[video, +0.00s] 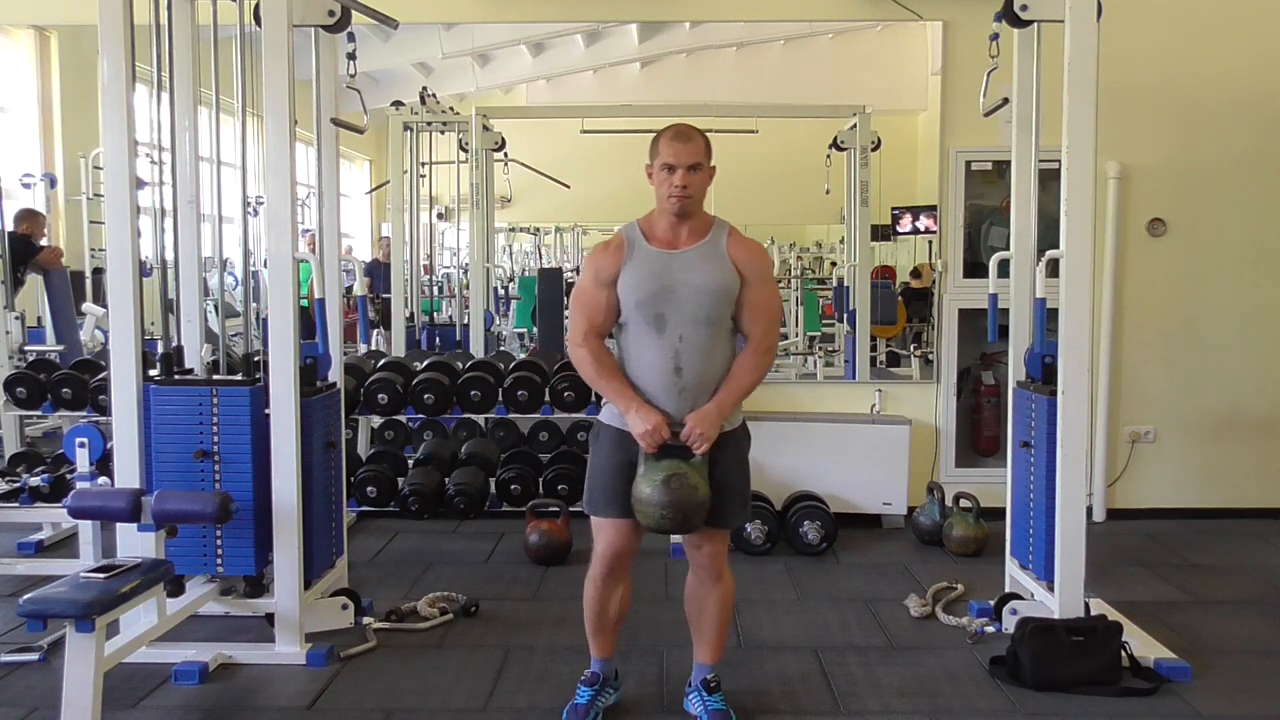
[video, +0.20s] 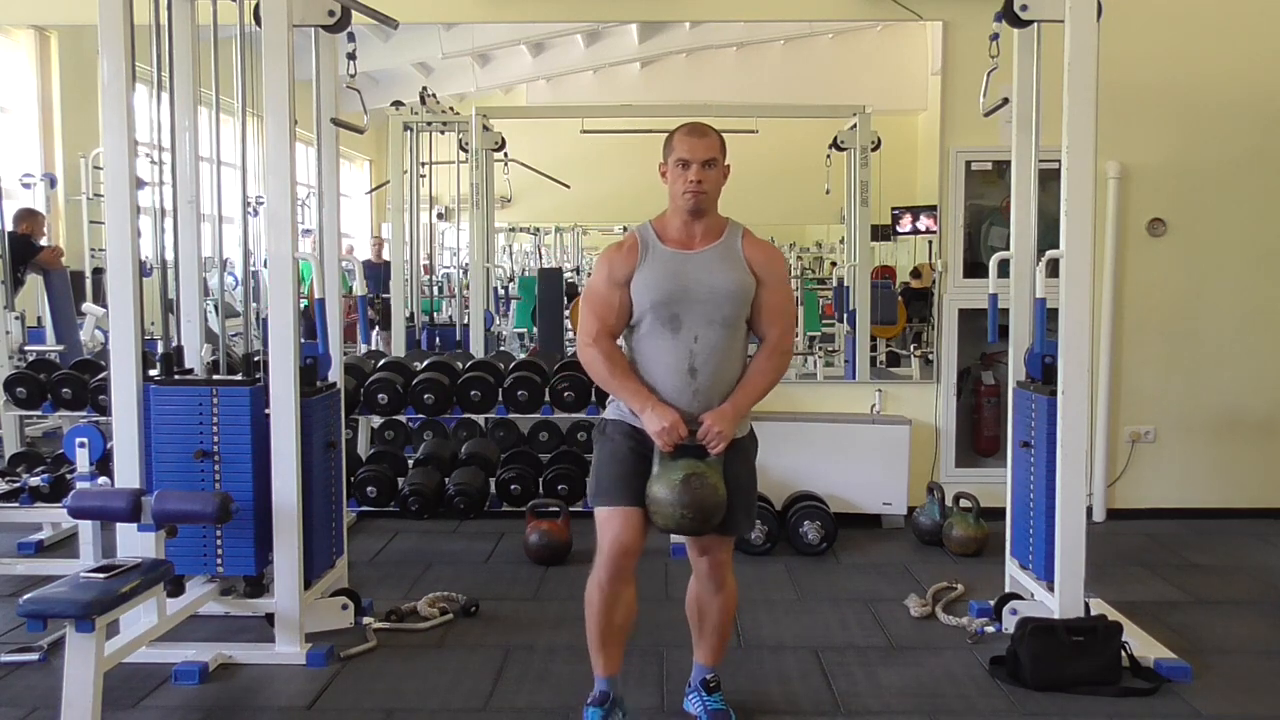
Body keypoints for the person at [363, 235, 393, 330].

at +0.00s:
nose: (389, 249)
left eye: (390, 245)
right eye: (387, 245)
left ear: (392, 247)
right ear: (380, 247)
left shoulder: (395, 264)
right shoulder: (371, 265)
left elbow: (401, 286)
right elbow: (366, 286)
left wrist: (403, 306)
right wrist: (370, 308)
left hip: (392, 302)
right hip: (376, 301)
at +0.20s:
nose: (377, 248)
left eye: (380, 245)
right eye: (374, 245)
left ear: (383, 247)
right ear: (370, 247)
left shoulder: (390, 265)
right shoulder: (363, 265)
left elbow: (396, 286)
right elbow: (360, 289)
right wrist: (366, 308)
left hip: (386, 303)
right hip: (369, 303)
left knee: (386, 337)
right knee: (366, 337)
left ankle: (387, 364)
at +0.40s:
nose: (365, 248)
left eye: (368, 245)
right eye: (363, 245)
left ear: (374, 246)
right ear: (360, 248)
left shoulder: (381, 265)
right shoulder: (355, 265)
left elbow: (387, 287)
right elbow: (350, 288)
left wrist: (387, 308)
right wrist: (353, 307)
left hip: (377, 304)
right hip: (360, 304)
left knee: (381, 338)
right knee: (358, 337)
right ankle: (357, 363)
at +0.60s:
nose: (356, 248)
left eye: (359, 245)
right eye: (354, 245)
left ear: (364, 246)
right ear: (351, 247)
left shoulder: (373, 265)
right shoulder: (347, 265)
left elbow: (378, 287)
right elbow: (344, 287)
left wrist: (377, 307)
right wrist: (342, 308)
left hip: (369, 303)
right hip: (352, 303)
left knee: (377, 336)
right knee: (354, 338)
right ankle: (356, 361)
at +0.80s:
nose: (350, 248)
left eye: (353, 245)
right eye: (348, 245)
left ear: (358, 246)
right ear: (346, 246)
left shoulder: (367, 264)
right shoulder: (343, 264)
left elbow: (374, 285)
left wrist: (371, 305)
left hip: (363, 302)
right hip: (348, 302)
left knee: (366, 335)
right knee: (352, 335)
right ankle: (355, 360)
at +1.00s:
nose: (343, 248)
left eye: (346, 245)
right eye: (342, 245)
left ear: (353, 246)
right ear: (341, 246)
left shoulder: (360, 263)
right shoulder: (339, 263)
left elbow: (369, 281)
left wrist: (373, 294)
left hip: (356, 302)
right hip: (341, 301)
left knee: (352, 334)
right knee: (342, 334)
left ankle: (353, 362)